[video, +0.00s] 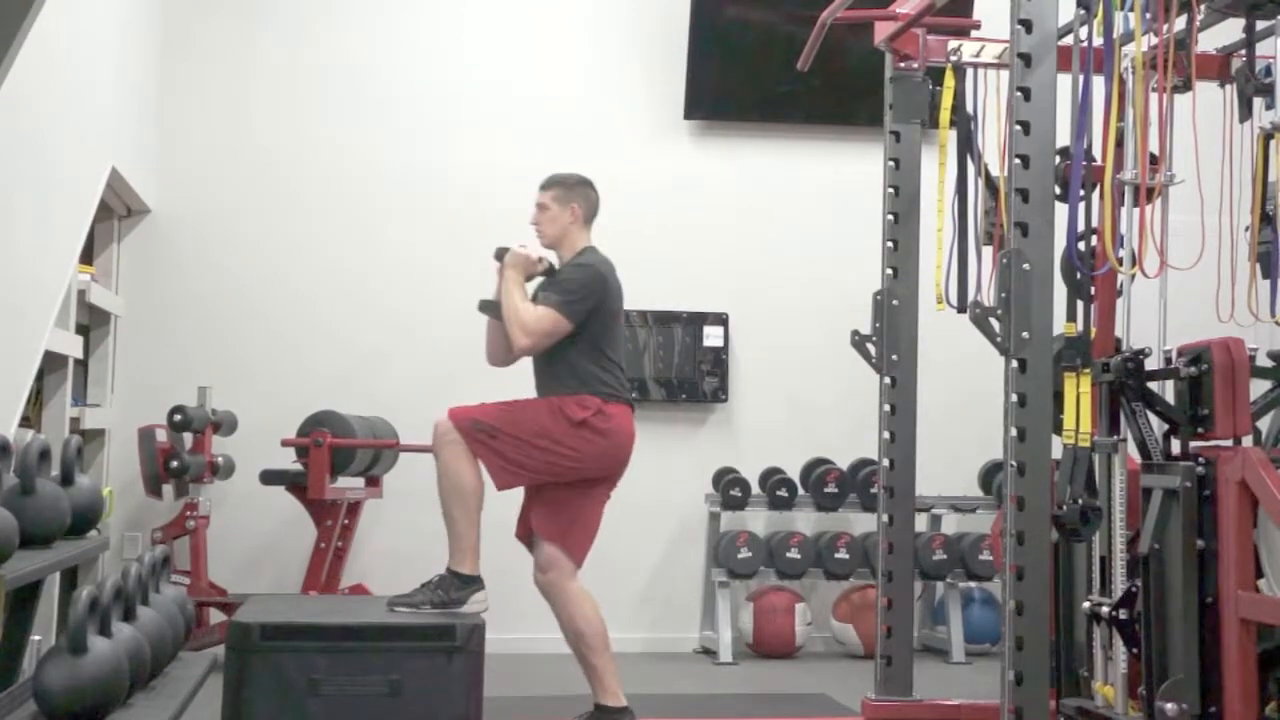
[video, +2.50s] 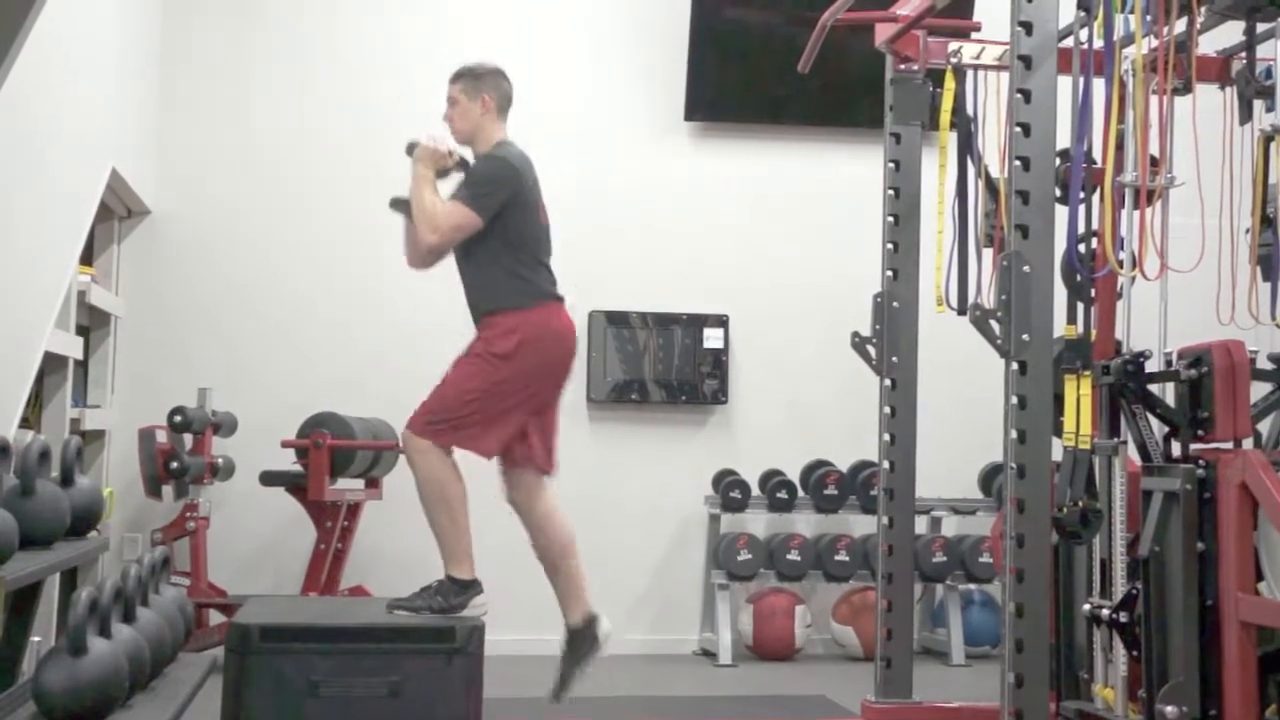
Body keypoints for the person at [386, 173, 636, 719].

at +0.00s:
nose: (534, 218)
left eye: (542, 208)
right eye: (535, 208)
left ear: (574, 213)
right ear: (569, 214)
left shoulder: (590, 271)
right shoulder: (564, 277)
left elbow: (526, 337)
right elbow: (500, 353)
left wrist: (513, 276)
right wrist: (506, 285)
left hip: (589, 420)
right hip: (597, 432)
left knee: (452, 429)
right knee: (553, 571)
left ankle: (462, 577)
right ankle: (612, 705)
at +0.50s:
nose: (558, 208)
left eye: (569, 198)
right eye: (561, 198)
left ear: (602, 204)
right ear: (595, 207)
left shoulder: (612, 258)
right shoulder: (581, 268)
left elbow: (550, 322)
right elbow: (520, 344)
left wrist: (536, 262)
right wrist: (527, 277)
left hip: (602, 411)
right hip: (602, 418)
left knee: (466, 427)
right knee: (581, 560)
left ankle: (462, 578)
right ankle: (616, 705)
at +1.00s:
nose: (532, 209)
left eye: (542, 198)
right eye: (534, 199)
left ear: (574, 203)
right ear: (569, 204)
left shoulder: (588, 260)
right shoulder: (562, 268)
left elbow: (523, 327)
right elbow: (498, 347)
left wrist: (510, 267)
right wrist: (502, 279)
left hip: (585, 413)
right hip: (591, 422)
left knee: (447, 430)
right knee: (570, 567)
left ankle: (460, 578)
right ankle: (615, 707)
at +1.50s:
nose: (453, 124)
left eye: (462, 113)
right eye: (454, 114)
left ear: (495, 116)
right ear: (493, 117)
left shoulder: (507, 174)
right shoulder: (490, 181)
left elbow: (440, 237)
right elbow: (423, 265)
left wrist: (425, 174)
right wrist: (419, 202)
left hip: (517, 331)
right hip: (520, 334)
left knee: (413, 439)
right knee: (461, 480)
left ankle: (456, 576)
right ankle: (541, 592)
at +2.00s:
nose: (442, 62)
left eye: (450, 49)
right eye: (444, 50)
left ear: (480, 49)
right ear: (482, 52)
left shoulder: (493, 108)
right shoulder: (481, 109)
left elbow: (421, 177)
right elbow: (444, 187)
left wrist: (419, 115)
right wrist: (424, 141)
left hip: (491, 280)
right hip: (457, 261)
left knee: (453, 432)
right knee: (362, 210)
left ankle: (461, 579)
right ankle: (351, 347)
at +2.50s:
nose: (446, 116)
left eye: (452, 104)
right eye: (447, 106)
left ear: (482, 103)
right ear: (489, 105)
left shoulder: (500, 164)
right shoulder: (492, 170)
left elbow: (434, 231)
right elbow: (421, 256)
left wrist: (422, 169)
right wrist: (426, 187)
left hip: (522, 331)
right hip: (542, 331)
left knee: (423, 439)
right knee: (527, 488)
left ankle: (458, 581)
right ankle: (581, 625)